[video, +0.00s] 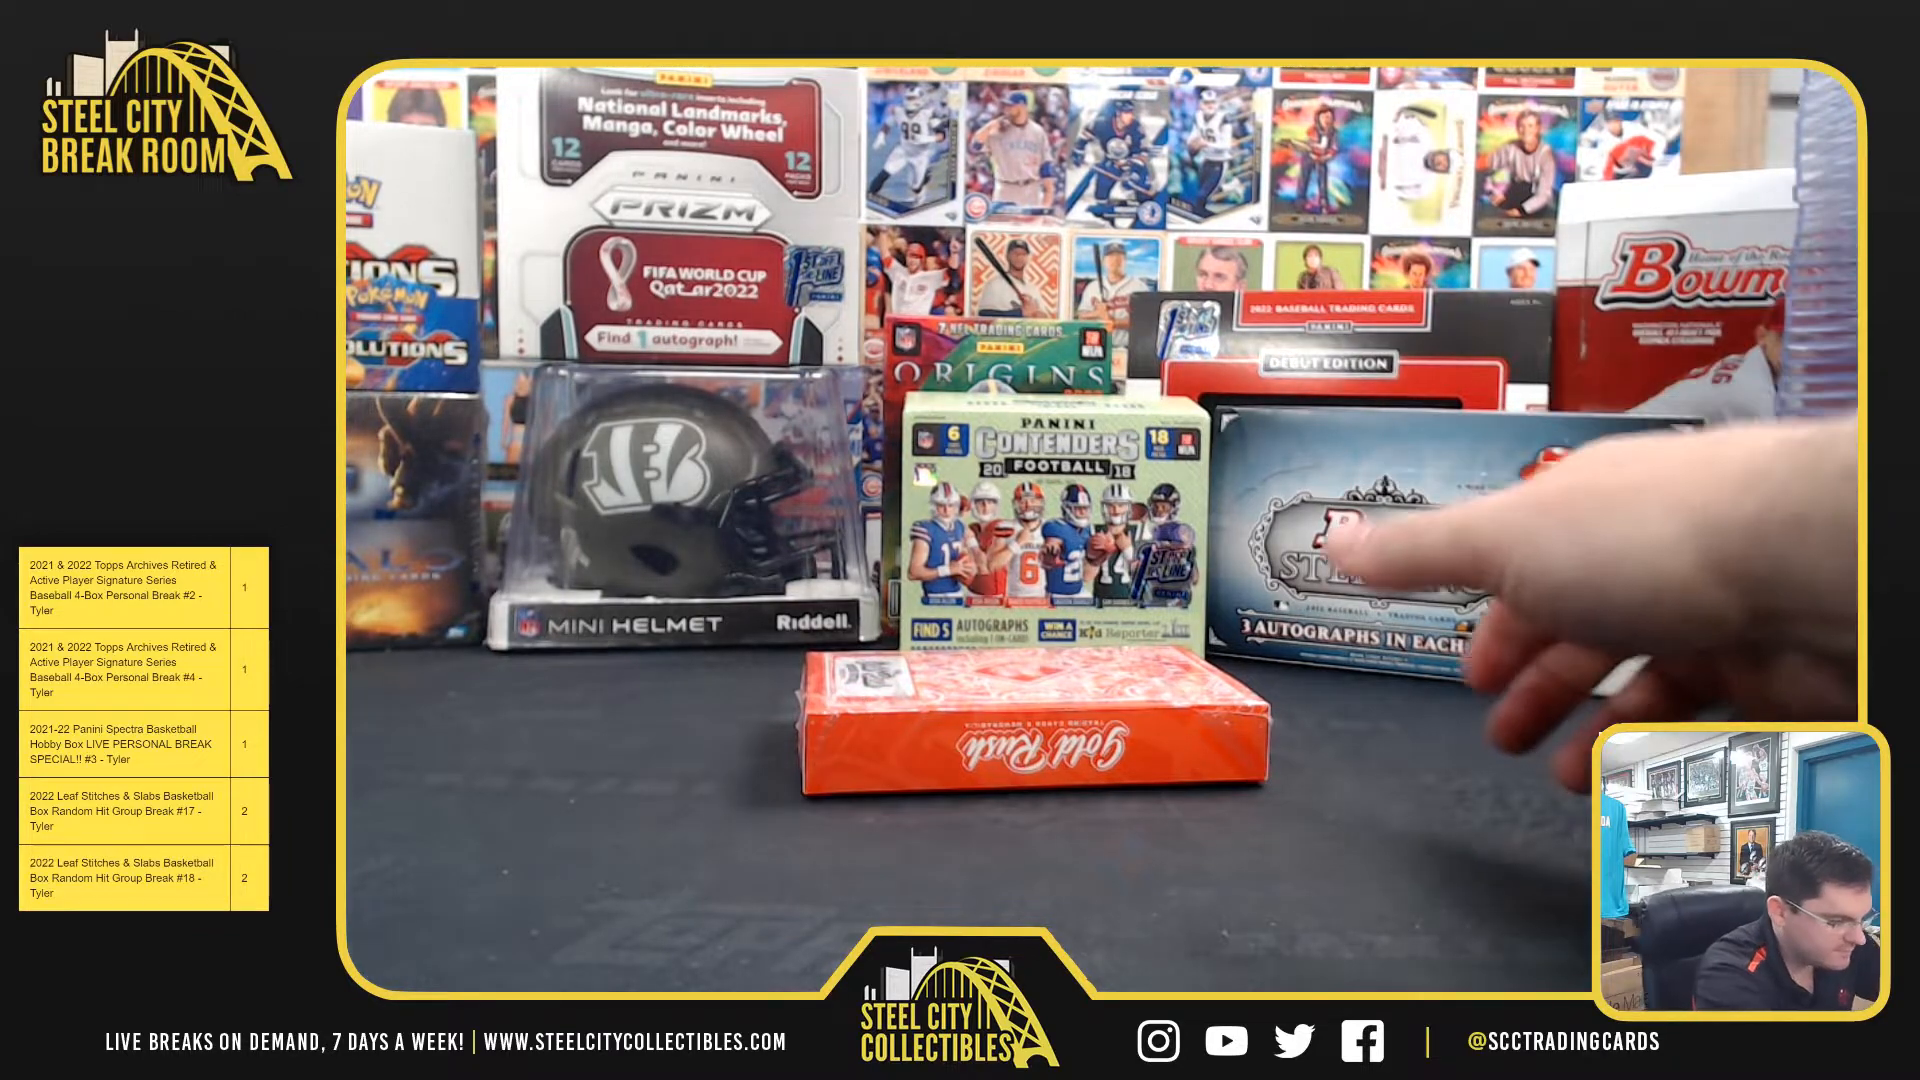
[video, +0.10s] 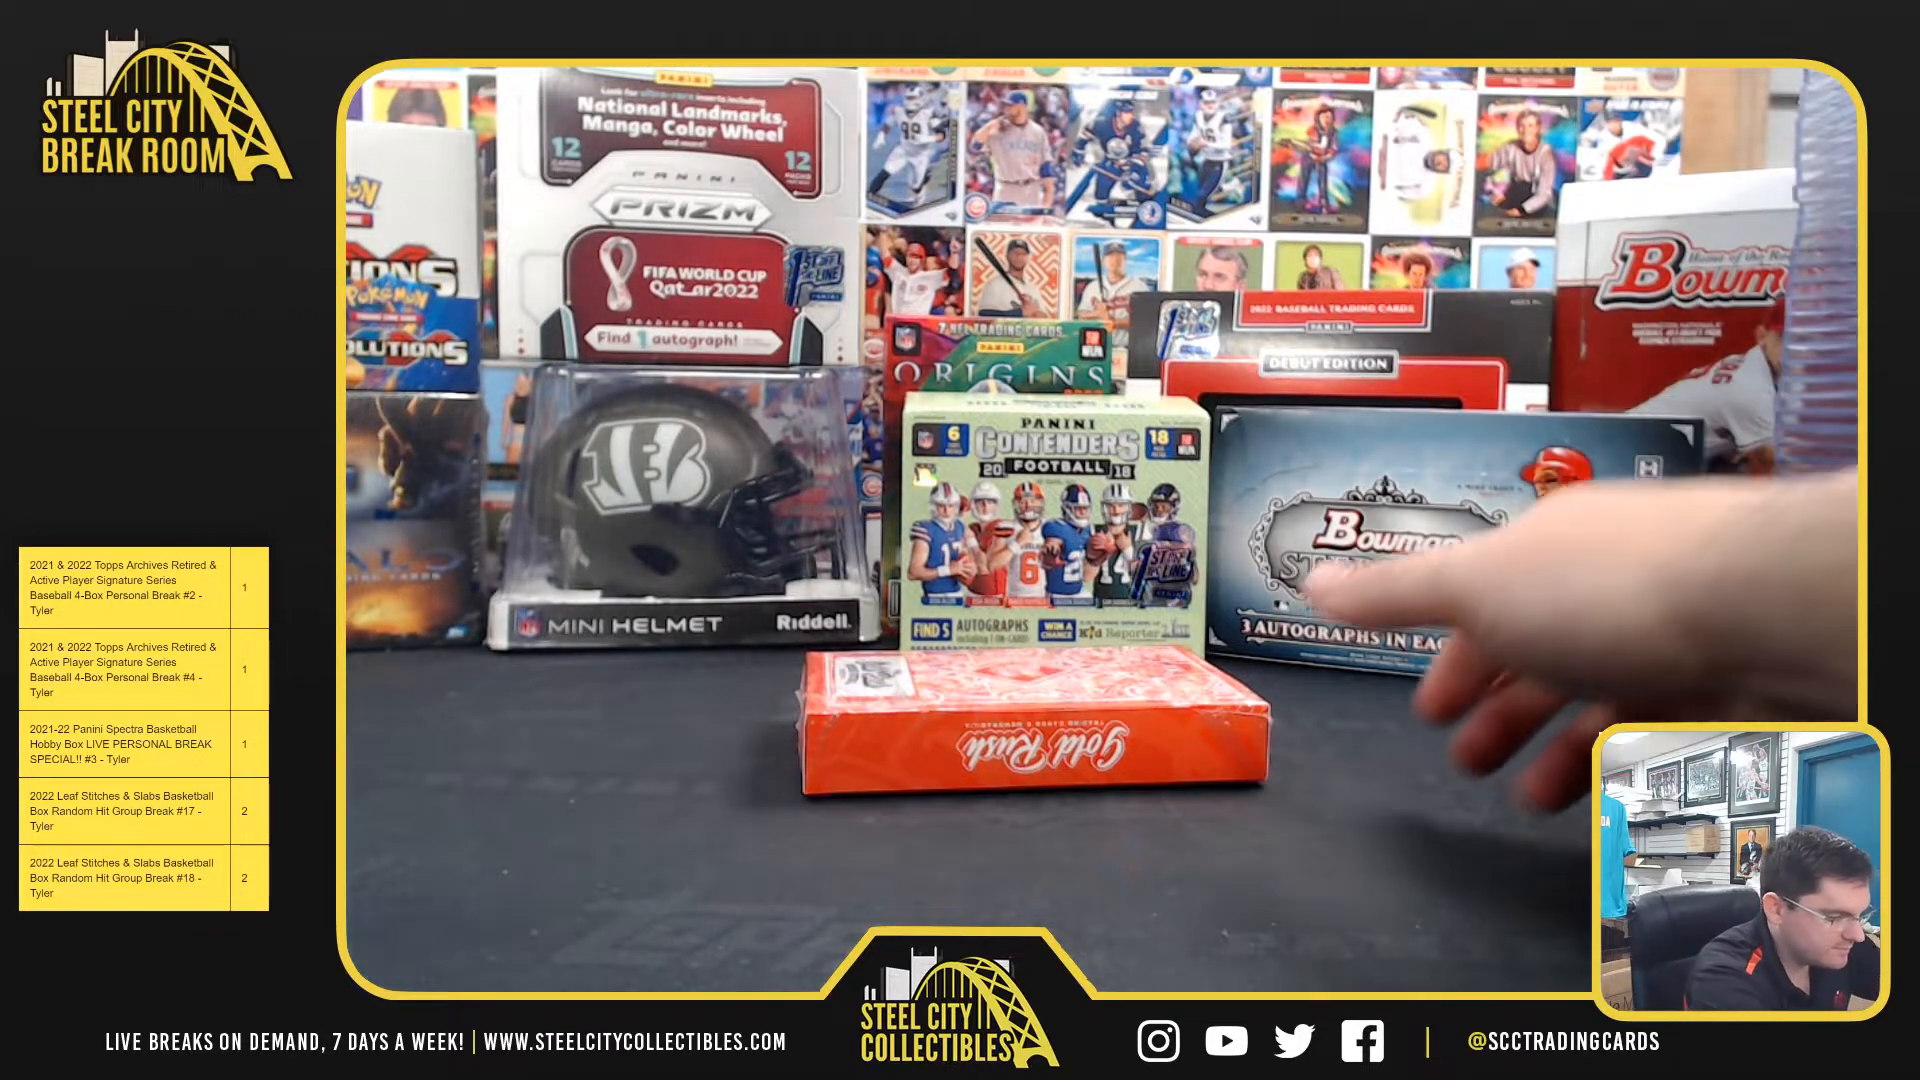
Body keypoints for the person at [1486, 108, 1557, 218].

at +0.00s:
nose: (1526, 130)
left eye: (1530, 126)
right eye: (1522, 126)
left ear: (1539, 128)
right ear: (1518, 130)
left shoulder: (1545, 154)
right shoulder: (1507, 150)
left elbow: (1545, 191)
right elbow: (1490, 178)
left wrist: (1523, 209)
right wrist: (1495, 193)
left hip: (1535, 188)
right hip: (1512, 187)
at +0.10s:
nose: (1526, 130)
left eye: (1531, 126)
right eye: (1522, 126)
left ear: (1539, 128)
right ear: (1518, 129)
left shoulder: (1545, 153)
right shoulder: (1507, 150)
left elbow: (1545, 191)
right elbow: (1489, 177)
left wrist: (1523, 209)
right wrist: (1494, 193)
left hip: (1535, 187)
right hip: (1512, 187)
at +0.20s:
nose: (1526, 130)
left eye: (1530, 126)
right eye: (1522, 126)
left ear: (1539, 128)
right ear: (1518, 130)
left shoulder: (1545, 154)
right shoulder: (1506, 150)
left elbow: (1545, 191)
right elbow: (1490, 178)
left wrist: (1523, 209)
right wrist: (1495, 193)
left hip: (1535, 187)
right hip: (1511, 186)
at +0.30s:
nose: (1526, 130)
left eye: (1530, 126)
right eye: (1522, 126)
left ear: (1539, 128)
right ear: (1518, 130)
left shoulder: (1545, 153)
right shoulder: (1506, 150)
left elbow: (1545, 191)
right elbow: (1490, 178)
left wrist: (1523, 209)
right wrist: (1495, 193)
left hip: (1535, 187)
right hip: (1512, 187)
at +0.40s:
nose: (1526, 130)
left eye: (1530, 126)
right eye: (1522, 126)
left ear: (1539, 128)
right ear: (1518, 130)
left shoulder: (1545, 154)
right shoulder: (1508, 150)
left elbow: (1545, 191)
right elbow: (1489, 176)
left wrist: (1523, 209)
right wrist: (1495, 193)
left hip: (1535, 187)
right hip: (1513, 186)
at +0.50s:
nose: (1526, 130)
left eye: (1530, 126)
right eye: (1522, 126)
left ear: (1539, 128)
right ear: (1518, 129)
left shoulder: (1545, 153)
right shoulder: (1507, 150)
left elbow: (1545, 191)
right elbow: (1489, 178)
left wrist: (1523, 209)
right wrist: (1495, 193)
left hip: (1535, 187)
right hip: (1513, 186)